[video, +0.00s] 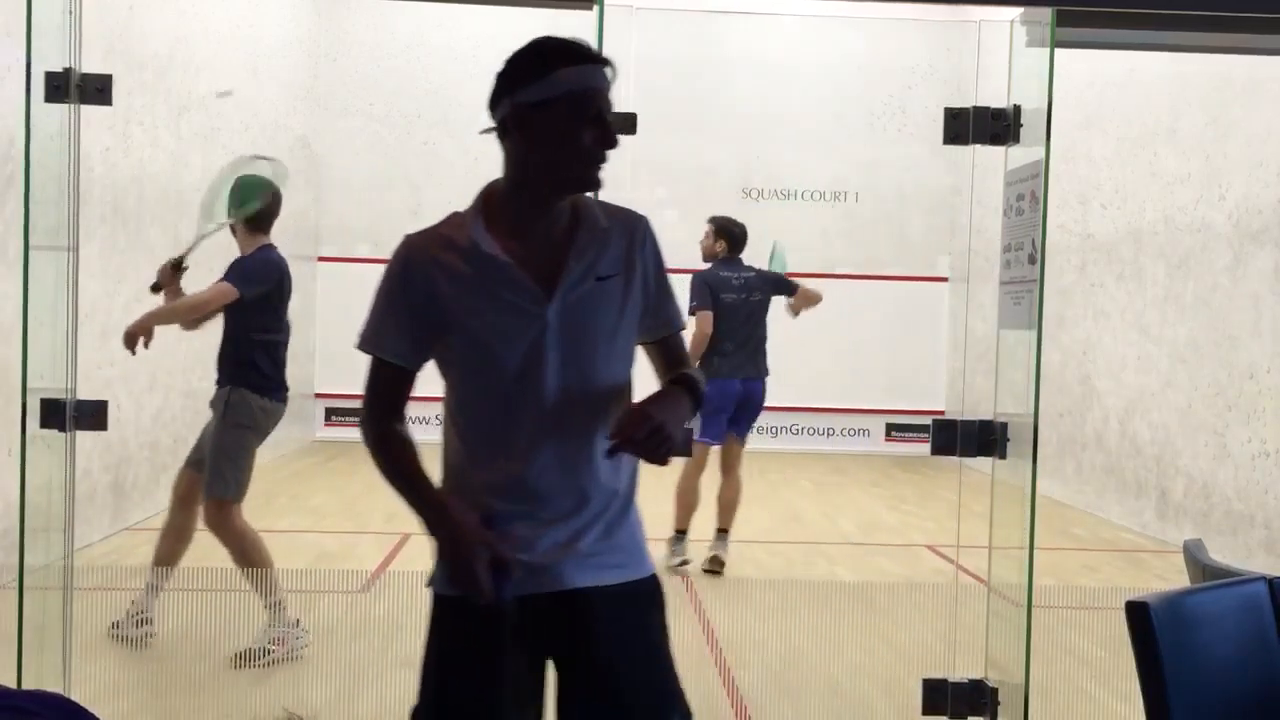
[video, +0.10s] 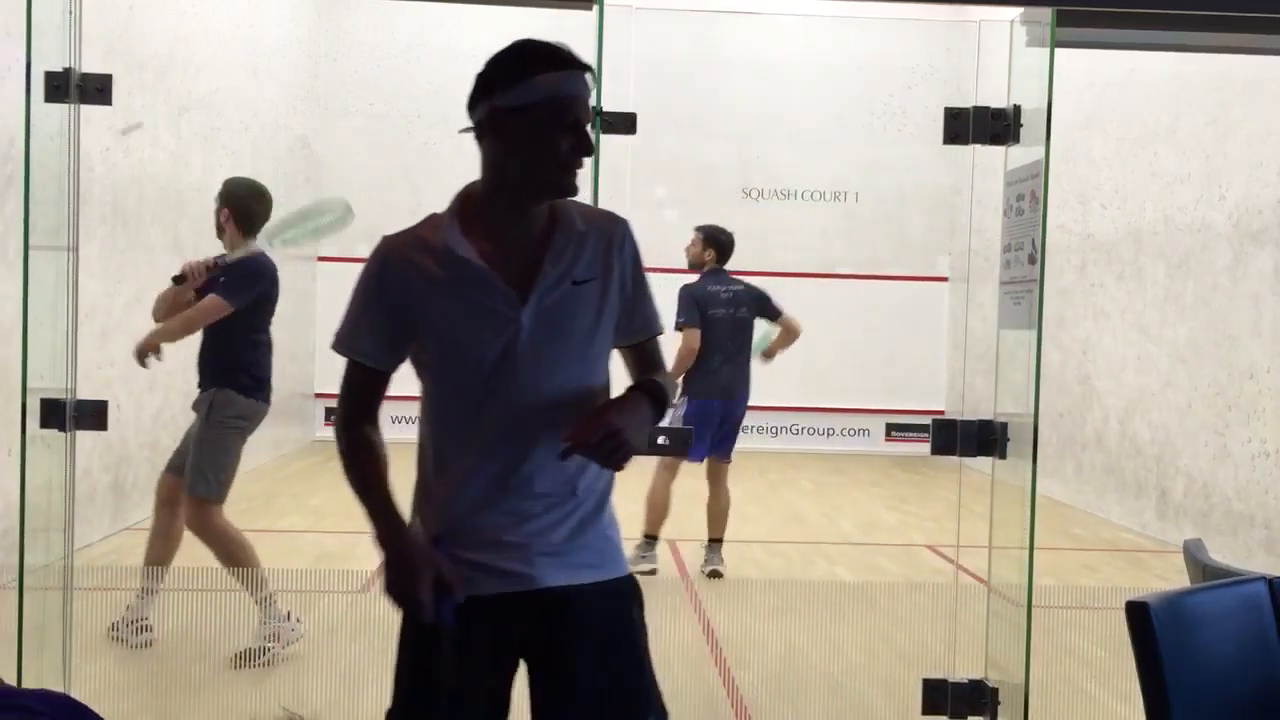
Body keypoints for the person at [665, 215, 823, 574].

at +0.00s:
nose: (701, 242)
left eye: (706, 237)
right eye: (704, 236)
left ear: (720, 244)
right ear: (733, 246)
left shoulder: (704, 278)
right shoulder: (762, 277)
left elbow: (704, 329)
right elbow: (812, 295)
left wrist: (687, 365)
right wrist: (795, 305)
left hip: (717, 382)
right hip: (754, 384)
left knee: (695, 465)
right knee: (732, 466)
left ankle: (678, 544)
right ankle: (721, 546)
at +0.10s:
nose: (687, 248)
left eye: (693, 243)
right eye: (690, 242)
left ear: (708, 252)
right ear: (719, 255)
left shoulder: (692, 290)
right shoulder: (746, 290)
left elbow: (691, 344)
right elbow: (791, 328)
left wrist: (670, 378)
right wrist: (772, 349)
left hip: (699, 396)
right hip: (735, 397)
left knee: (666, 470)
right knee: (718, 477)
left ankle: (646, 550)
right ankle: (714, 555)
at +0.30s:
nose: (655, 257)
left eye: (661, 252)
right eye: (658, 251)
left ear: (678, 259)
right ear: (688, 261)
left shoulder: (653, 297)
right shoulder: (719, 304)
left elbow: (642, 354)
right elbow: (731, 359)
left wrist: (628, 391)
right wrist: (726, 404)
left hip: (664, 409)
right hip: (706, 410)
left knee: (632, 487)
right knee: (702, 480)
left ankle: (620, 563)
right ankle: (712, 557)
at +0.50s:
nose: (644, 238)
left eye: (647, 233)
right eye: (648, 232)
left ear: (654, 239)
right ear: (681, 243)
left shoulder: (629, 280)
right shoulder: (702, 284)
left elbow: (613, 334)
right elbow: (720, 336)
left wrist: (615, 383)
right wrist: (721, 389)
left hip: (645, 391)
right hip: (690, 391)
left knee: (629, 482)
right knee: (700, 474)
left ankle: (617, 564)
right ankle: (707, 554)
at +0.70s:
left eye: (651, 255)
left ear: (652, 259)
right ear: (686, 262)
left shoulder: (628, 293)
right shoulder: (700, 298)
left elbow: (607, 347)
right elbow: (720, 346)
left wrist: (607, 394)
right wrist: (729, 396)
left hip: (638, 406)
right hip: (688, 408)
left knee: (609, 483)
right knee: (717, 487)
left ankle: (575, 551)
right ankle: (742, 566)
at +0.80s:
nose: (660, 282)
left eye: (661, 278)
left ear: (662, 283)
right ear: (695, 286)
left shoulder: (633, 318)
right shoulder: (702, 323)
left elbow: (608, 367)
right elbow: (712, 374)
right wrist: (739, 416)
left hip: (633, 433)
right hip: (685, 436)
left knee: (601, 504)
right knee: (729, 511)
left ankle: (588, 592)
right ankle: (764, 596)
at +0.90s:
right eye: (696, 271)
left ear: (663, 270)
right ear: (699, 275)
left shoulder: (636, 305)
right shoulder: (690, 316)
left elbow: (617, 361)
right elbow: (696, 370)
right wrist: (737, 413)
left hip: (633, 427)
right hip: (676, 431)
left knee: (600, 506)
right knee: (726, 511)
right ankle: (766, 592)